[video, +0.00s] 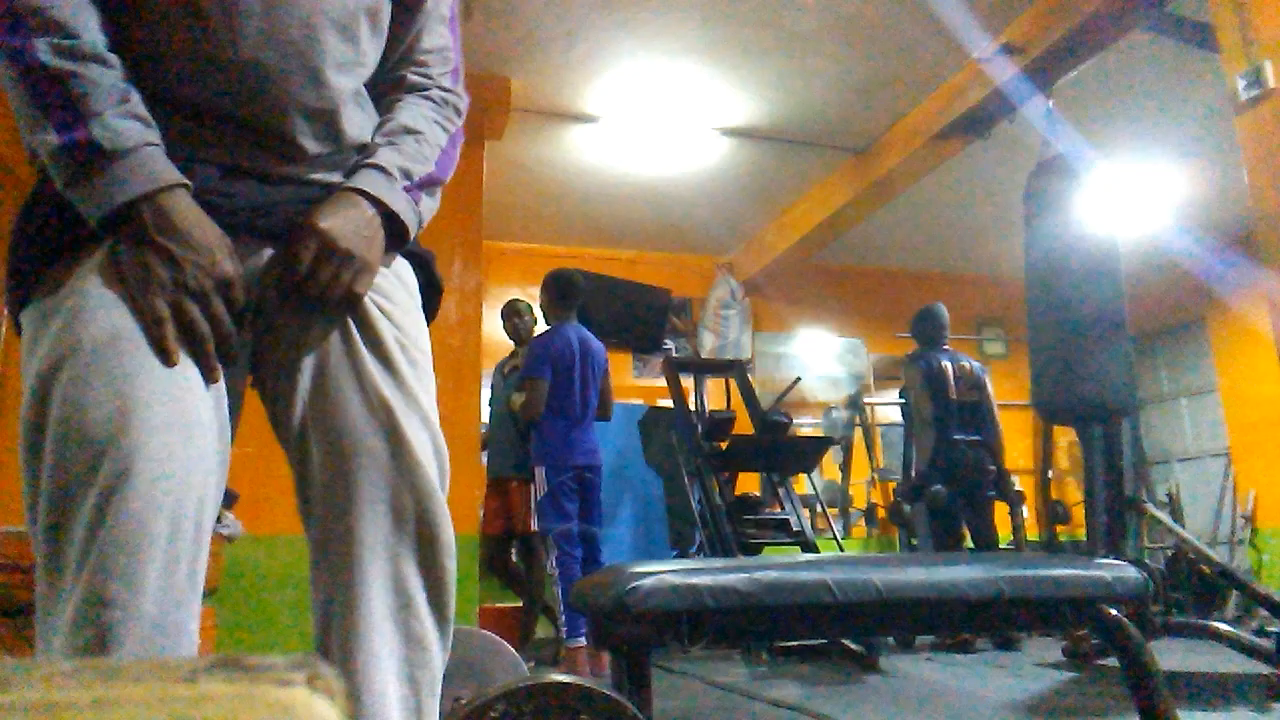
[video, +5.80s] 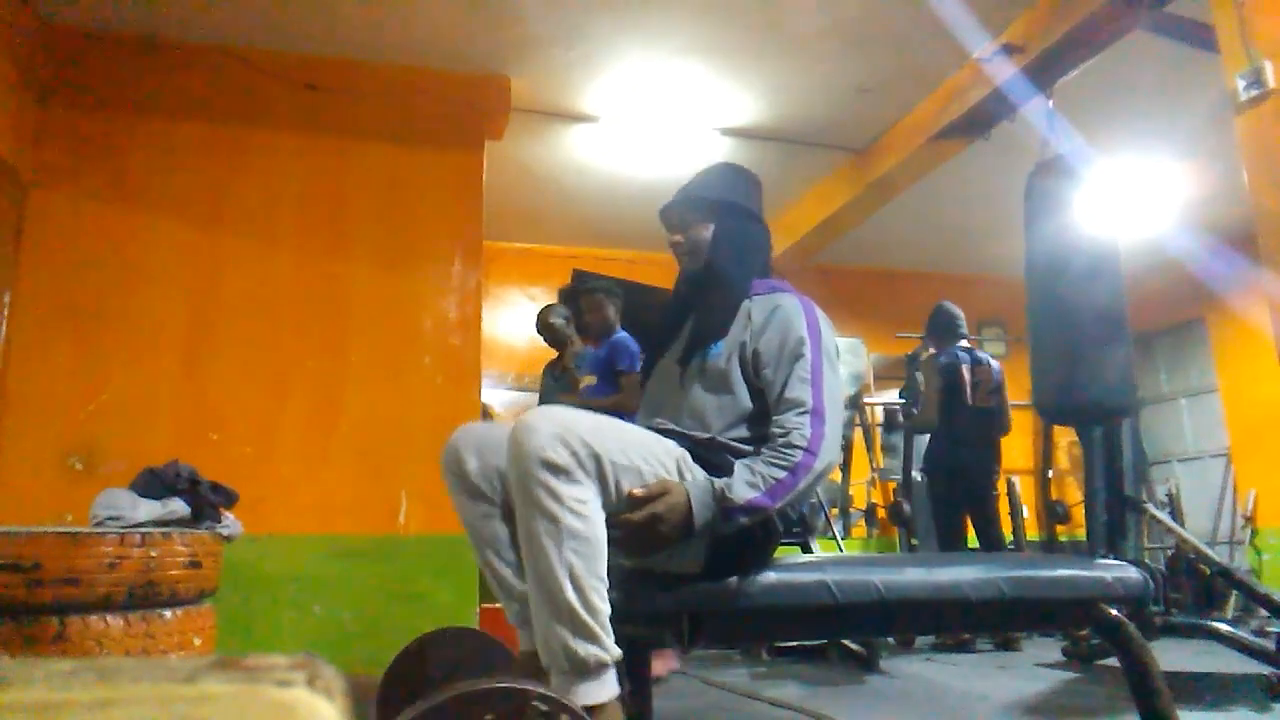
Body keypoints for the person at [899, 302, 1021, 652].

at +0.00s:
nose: (914, 338)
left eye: (915, 333)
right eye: (916, 333)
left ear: (918, 333)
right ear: (947, 331)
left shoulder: (917, 365)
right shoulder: (975, 368)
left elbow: (924, 420)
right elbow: (991, 424)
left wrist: (917, 471)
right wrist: (1001, 470)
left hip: (939, 465)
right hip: (977, 463)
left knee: (946, 545)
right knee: (987, 542)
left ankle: (959, 629)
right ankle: (1004, 626)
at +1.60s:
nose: (932, 334)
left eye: (934, 328)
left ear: (937, 328)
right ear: (969, 327)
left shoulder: (932, 363)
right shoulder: (990, 365)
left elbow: (930, 416)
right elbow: (1007, 423)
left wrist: (902, 433)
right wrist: (978, 436)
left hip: (944, 464)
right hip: (981, 465)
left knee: (950, 544)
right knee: (992, 541)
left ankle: (955, 628)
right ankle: (1006, 626)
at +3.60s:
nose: (927, 339)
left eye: (927, 333)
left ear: (928, 332)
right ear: (961, 329)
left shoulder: (929, 364)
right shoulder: (987, 365)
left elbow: (931, 421)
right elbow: (1005, 422)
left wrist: (905, 417)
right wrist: (973, 422)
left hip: (944, 469)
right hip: (981, 469)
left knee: (951, 549)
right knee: (994, 544)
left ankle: (960, 628)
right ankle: (1008, 625)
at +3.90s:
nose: (919, 342)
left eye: (918, 337)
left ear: (920, 337)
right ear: (951, 333)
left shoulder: (924, 366)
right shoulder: (978, 367)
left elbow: (931, 419)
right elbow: (1001, 423)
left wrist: (918, 465)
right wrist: (999, 467)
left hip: (942, 466)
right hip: (977, 465)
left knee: (948, 546)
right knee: (990, 542)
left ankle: (957, 630)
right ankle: (1005, 627)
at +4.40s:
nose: (929, 338)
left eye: (929, 333)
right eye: (933, 333)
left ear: (933, 332)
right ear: (965, 329)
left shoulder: (933, 366)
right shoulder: (989, 365)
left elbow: (924, 421)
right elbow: (1004, 424)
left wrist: (904, 415)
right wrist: (977, 423)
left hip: (945, 466)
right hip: (982, 466)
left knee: (951, 547)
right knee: (995, 543)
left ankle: (956, 629)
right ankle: (1009, 627)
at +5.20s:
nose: (923, 340)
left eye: (923, 334)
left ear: (924, 335)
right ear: (955, 332)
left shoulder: (927, 369)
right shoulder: (981, 369)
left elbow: (936, 425)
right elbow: (1001, 427)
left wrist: (918, 466)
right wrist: (994, 469)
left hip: (944, 471)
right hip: (979, 470)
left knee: (948, 549)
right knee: (993, 545)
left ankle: (956, 630)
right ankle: (1008, 627)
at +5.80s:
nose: (929, 341)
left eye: (929, 335)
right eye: (931, 336)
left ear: (933, 334)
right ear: (964, 329)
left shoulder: (936, 363)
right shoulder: (992, 364)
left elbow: (929, 420)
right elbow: (1004, 424)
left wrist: (905, 419)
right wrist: (974, 425)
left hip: (946, 467)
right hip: (983, 466)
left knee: (950, 546)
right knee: (992, 541)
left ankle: (955, 628)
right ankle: (1008, 627)